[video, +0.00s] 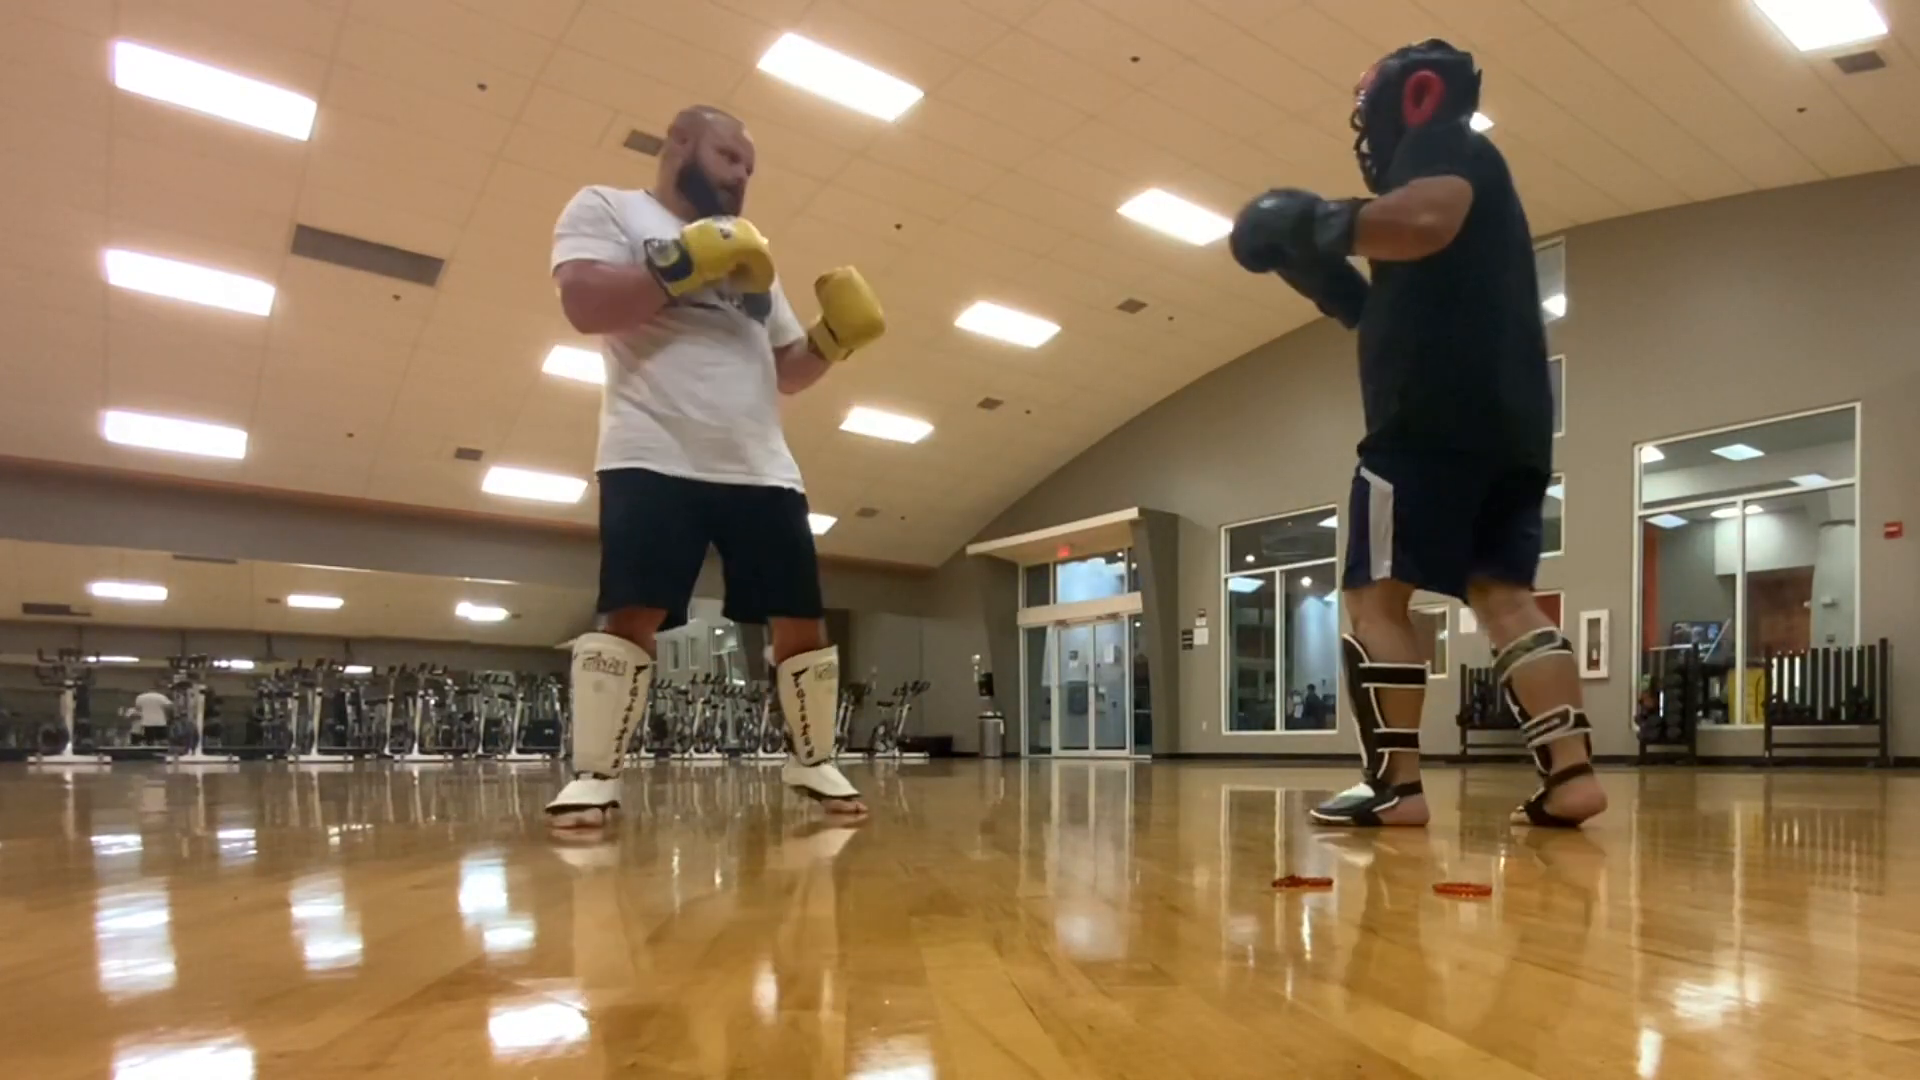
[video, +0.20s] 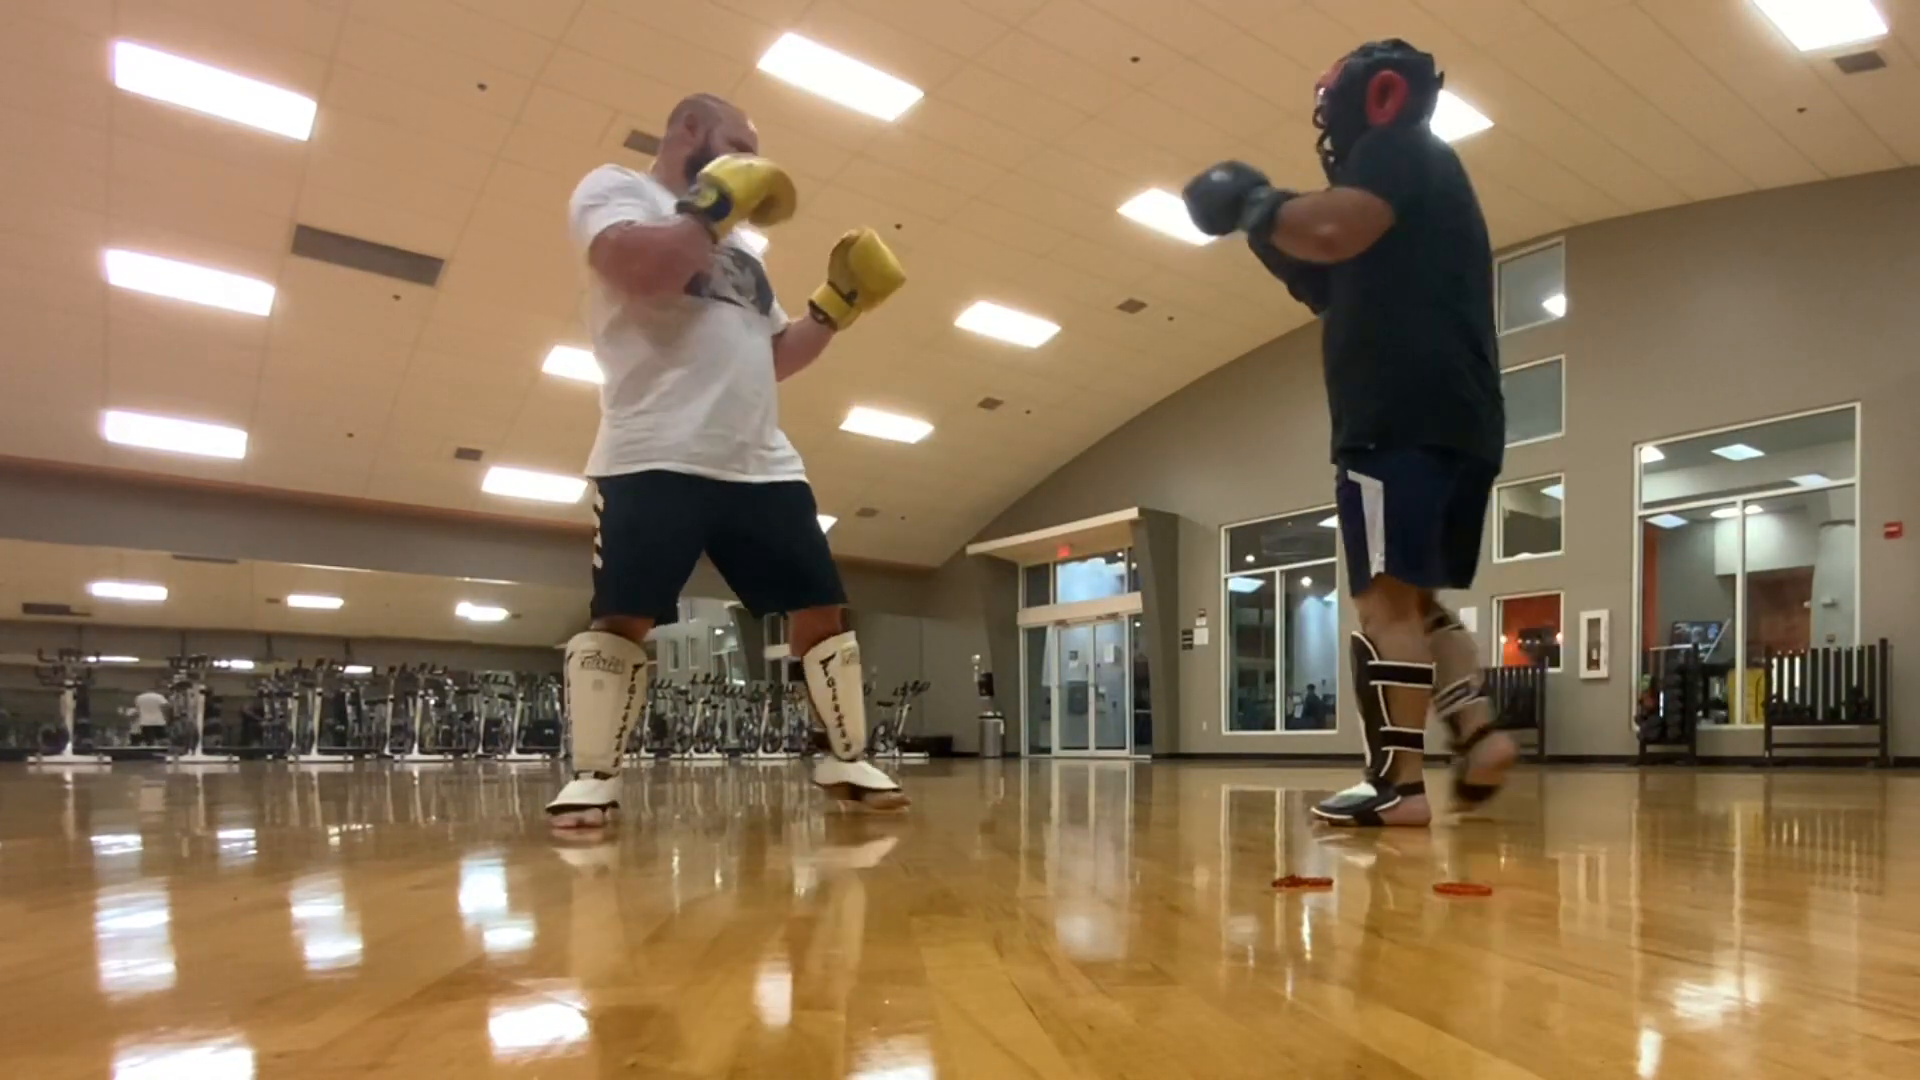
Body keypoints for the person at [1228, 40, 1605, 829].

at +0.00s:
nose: (1357, 118)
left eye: (1368, 99)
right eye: (1360, 103)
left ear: (1419, 94)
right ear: (1439, 100)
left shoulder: (1445, 144)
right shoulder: (1479, 183)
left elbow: (1431, 220)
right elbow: (1414, 321)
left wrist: (1314, 222)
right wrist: (1330, 279)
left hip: (1426, 418)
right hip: (1511, 424)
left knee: (1373, 596)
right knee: (1503, 594)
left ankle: (1395, 784)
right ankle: (1571, 773)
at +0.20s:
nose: (1322, 110)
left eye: (1334, 94)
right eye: (1324, 97)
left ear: (1385, 93)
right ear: (1395, 98)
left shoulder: (1401, 148)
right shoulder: (1425, 178)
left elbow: (1338, 230)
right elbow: (1335, 297)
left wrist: (1251, 202)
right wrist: (1268, 234)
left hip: (1396, 407)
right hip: (1455, 410)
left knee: (1384, 597)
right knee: (1414, 594)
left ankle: (1397, 783)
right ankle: (1477, 736)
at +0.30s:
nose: (1302, 106)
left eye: (1315, 92)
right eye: (1305, 94)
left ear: (1368, 99)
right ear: (1374, 104)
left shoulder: (1378, 158)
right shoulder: (1388, 180)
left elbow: (1288, 252)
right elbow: (1355, 307)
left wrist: (1238, 217)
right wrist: (1277, 283)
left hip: (1390, 416)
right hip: (1392, 416)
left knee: (1391, 594)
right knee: (1371, 595)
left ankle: (1402, 782)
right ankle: (1387, 776)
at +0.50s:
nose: (1291, 140)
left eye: (1303, 125)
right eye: (1295, 129)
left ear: (1352, 130)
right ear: (1368, 140)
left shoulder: (1333, 192)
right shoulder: (1395, 215)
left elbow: (1216, 245)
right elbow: (1308, 321)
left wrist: (1192, 202)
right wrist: (1228, 262)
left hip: (1322, 423)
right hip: (1379, 434)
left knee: (1273, 596)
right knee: (1310, 606)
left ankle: (1371, 750)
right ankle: (1291, 777)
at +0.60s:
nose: (1291, 150)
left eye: (1302, 136)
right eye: (1295, 137)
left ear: (1345, 142)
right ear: (1364, 150)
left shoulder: (1338, 207)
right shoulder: (1387, 226)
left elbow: (1228, 274)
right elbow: (1287, 324)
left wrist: (1144, 253)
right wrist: (1233, 265)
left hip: (1299, 416)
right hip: (1363, 446)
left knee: (1163, 488)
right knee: (1295, 607)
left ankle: (1254, 617)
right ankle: (1288, 778)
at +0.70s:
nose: (1284, 148)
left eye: (1300, 136)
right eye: (1291, 137)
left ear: (1344, 153)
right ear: (1349, 158)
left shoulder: (1342, 211)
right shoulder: (1363, 231)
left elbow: (1280, 288)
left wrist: (1161, 304)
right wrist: (1251, 268)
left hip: (1283, 411)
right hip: (1330, 452)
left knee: (1134, 363)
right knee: (1283, 609)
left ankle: (1105, 511)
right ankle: (1285, 781)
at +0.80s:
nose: (1280, 167)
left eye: (1294, 156)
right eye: (1285, 156)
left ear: (1339, 166)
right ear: (1346, 170)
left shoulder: (1344, 216)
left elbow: (1331, 286)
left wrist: (1223, 324)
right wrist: (1171, 313)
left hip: (1263, 407)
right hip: (1308, 457)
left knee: (1115, 346)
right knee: (1272, 609)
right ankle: (1283, 780)